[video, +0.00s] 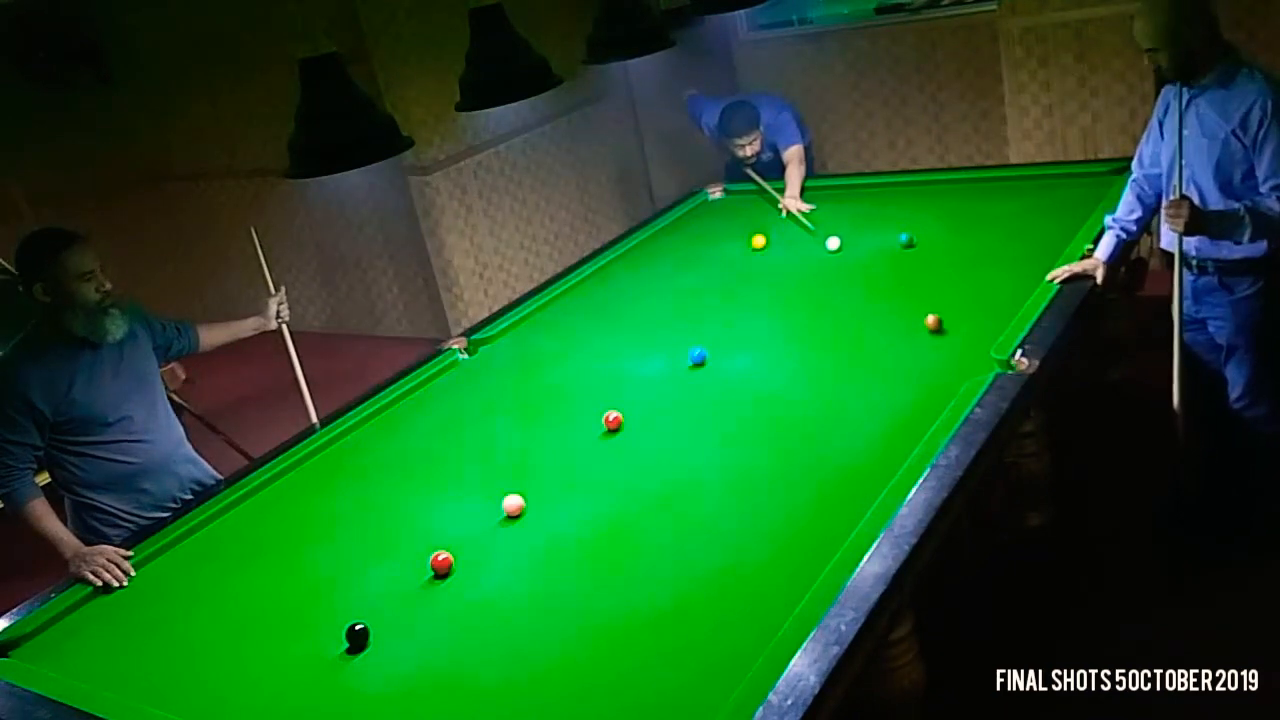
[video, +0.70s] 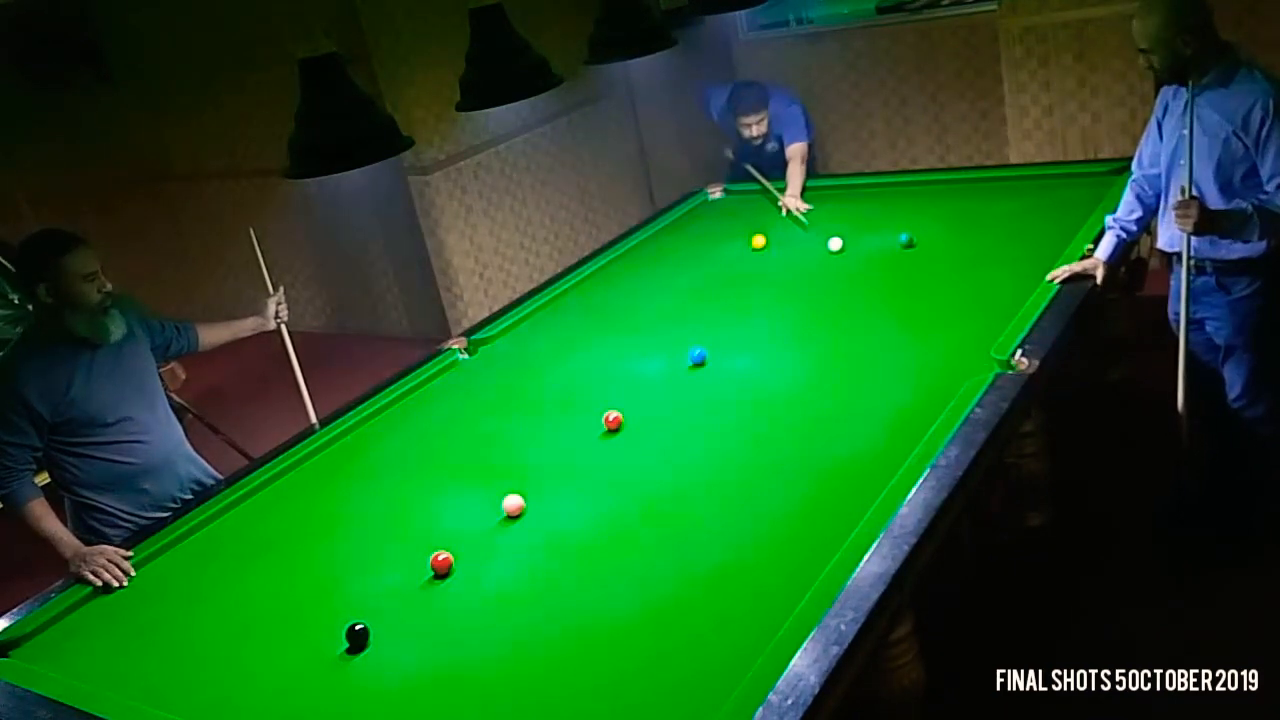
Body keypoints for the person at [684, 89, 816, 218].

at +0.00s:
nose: (748, 152)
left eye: (753, 143)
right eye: (740, 147)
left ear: (761, 130)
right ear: (724, 141)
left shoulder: (778, 118)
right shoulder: (711, 118)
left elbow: (795, 160)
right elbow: (689, 95)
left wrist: (791, 196)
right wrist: (713, 141)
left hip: (779, 158)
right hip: (738, 163)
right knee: (740, 214)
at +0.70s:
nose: (754, 133)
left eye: (760, 123)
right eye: (746, 126)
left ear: (768, 113)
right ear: (732, 119)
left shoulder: (787, 111)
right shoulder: (720, 105)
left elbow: (797, 158)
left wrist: (792, 195)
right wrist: (724, 142)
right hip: (742, 155)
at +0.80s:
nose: (759, 115)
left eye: (765, 105)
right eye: (751, 108)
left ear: (773, 98)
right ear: (738, 103)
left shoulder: (794, 105)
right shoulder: (726, 96)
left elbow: (801, 151)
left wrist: (794, 192)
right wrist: (726, 135)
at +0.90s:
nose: (765, 95)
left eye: (771, 86)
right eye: (757, 88)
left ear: (779, 80)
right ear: (744, 86)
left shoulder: (800, 92)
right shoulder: (731, 86)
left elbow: (814, 145)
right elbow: (718, 95)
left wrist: (799, 184)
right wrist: (726, 131)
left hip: (793, 165)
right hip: (750, 164)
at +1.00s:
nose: (772, 74)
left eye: (778, 65)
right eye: (764, 67)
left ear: (786, 61)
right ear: (750, 65)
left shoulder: (807, 76)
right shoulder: (736, 76)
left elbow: (831, 131)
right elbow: (720, 91)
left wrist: (811, 166)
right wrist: (726, 127)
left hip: (803, 161)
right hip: (758, 161)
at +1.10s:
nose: (780, 54)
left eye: (786, 45)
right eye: (773, 46)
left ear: (794, 42)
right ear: (759, 45)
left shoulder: (815, 62)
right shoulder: (744, 63)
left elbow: (845, 115)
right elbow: (727, 86)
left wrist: (822, 147)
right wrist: (728, 127)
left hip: (810, 157)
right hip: (763, 157)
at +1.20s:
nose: (789, 35)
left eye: (795, 27)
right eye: (781, 28)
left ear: (804, 26)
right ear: (769, 30)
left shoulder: (824, 50)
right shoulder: (751, 52)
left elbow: (854, 97)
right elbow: (733, 82)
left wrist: (831, 129)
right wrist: (730, 128)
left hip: (816, 152)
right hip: (767, 152)